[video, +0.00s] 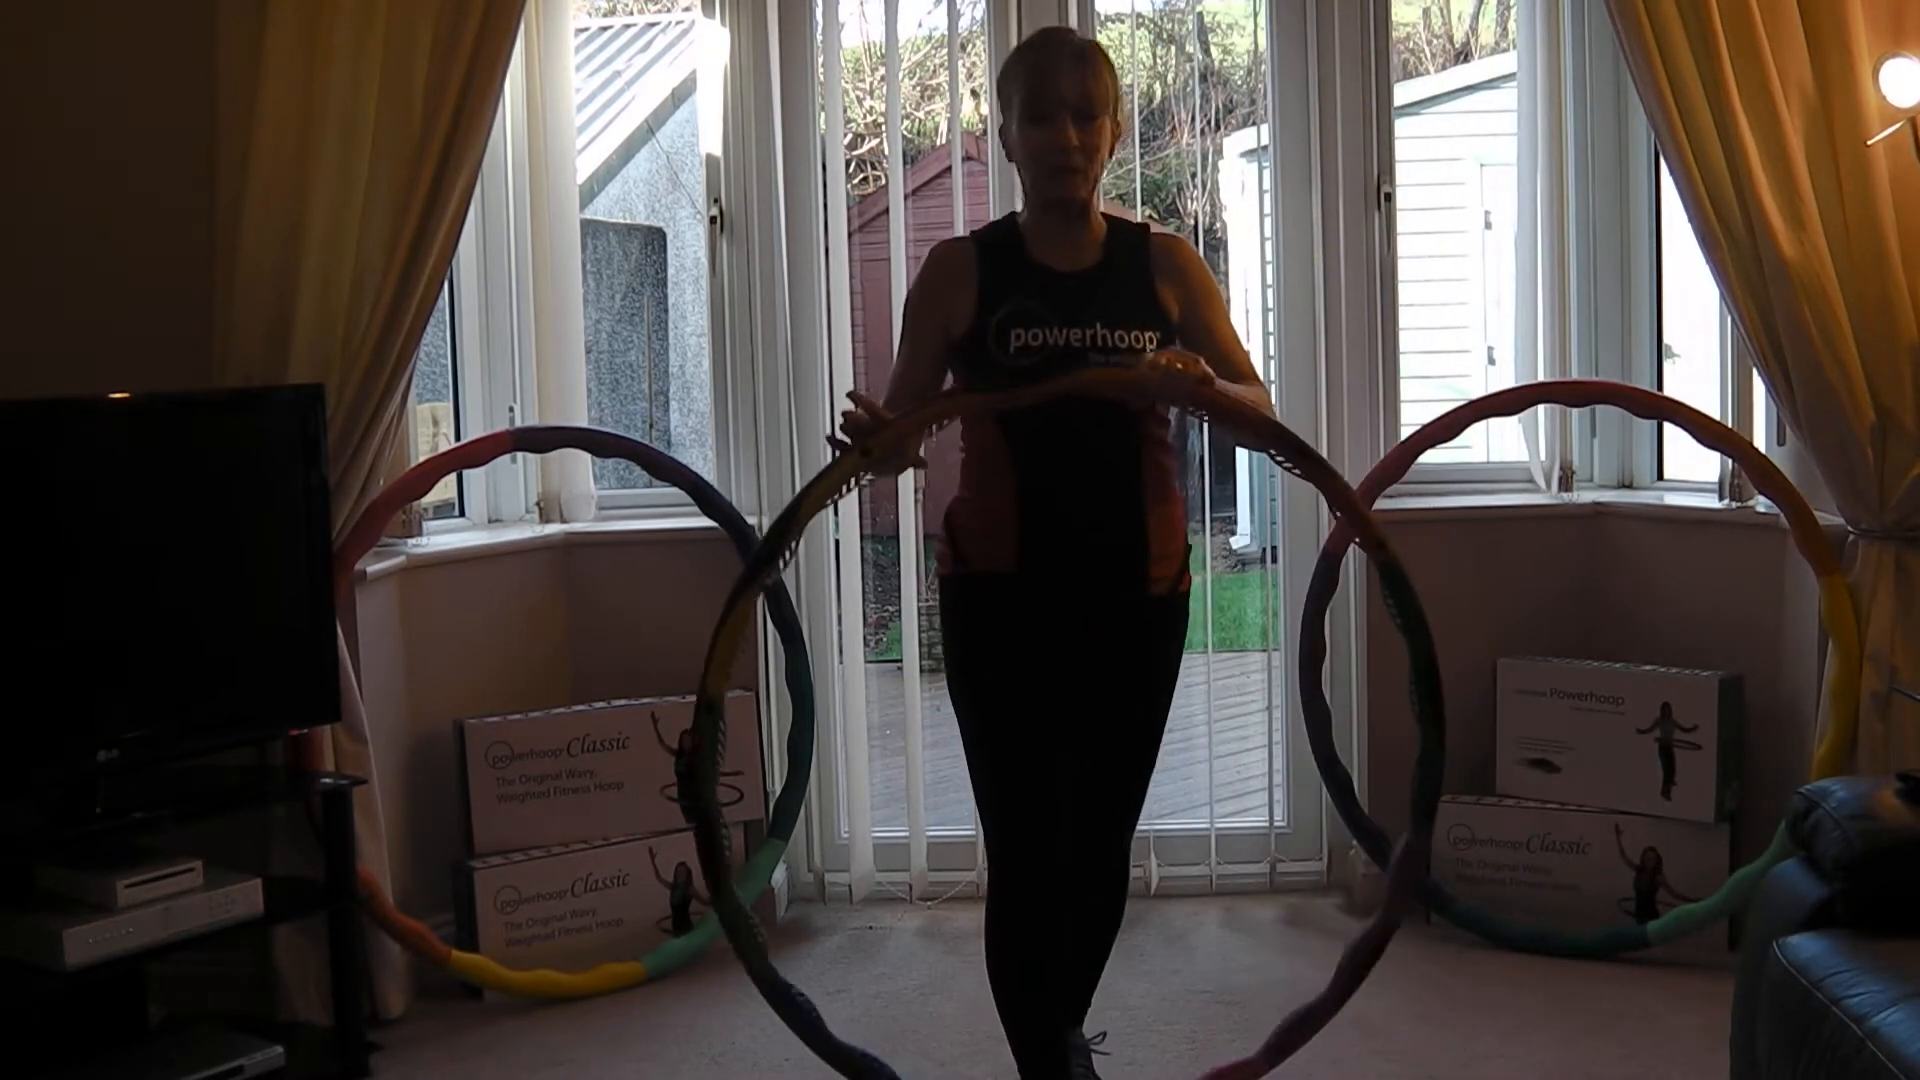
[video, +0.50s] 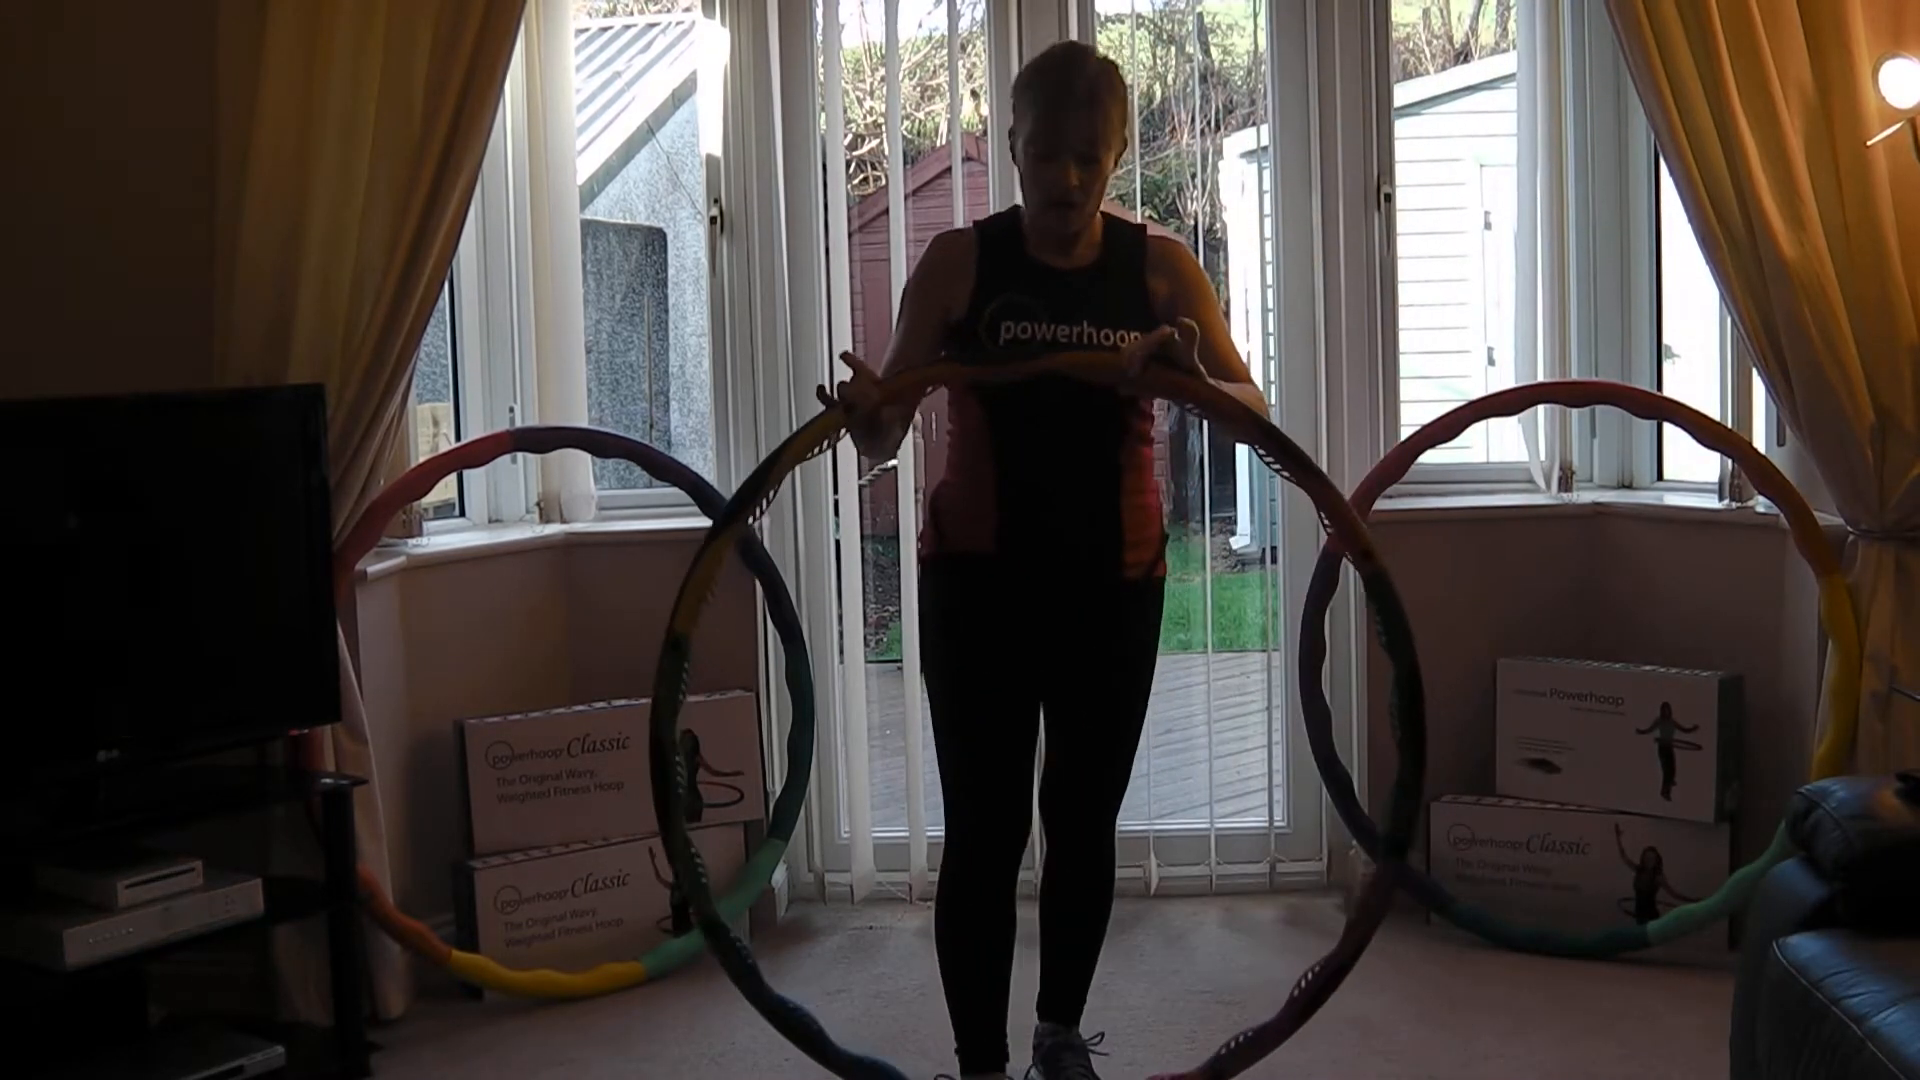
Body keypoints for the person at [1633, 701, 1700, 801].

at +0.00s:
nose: (1666, 712)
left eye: (1668, 710)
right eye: (1664, 710)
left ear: (1670, 710)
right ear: (1661, 711)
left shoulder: (1671, 721)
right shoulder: (1660, 720)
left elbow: (1683, 730)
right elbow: (1651, 729)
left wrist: (1693, 728)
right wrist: (1641, 731)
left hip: (1669, 747)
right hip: (1663, 747)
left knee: (1671, 770)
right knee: (1667, 771)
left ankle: (1667, 791)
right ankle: (1665, 792)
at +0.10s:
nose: (1666, 712)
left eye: (1668, 710)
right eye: (1664, 710)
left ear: (1670, 711)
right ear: (1661, 711)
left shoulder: (1671, 721)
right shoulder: (1660, 720)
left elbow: (1683, 729)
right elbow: (1651, 729)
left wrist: (1693, 728)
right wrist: (1641, 731)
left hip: (1668, 747)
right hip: (1663, 747)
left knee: (1671, 770)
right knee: (1667, 771)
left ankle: (1667, 791)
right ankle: (1665, 792)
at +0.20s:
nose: (1666, 712)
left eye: (1668, 710)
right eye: (1664, 710)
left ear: (1670, 711)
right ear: (1661, 711)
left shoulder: (1671, 721)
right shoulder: (1660, 721)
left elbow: (1683, 729)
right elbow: (1651, 729)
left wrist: (1693, 728)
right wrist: (1641, 731)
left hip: (1669, 747)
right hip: (1663, 747)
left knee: (1671, 769)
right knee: (1667, 770)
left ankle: (1667, 791)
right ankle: (1665, 791)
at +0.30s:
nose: (1666, 713)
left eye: (1668, 710)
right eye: (1664, 710)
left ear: (1670, 711)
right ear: (1662, 711)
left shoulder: (1671, 721)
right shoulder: (1660, 721)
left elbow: (1683, 729)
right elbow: (1651, 729)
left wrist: (1693, 728)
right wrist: (1641, 731)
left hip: (1669, 747)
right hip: (1663, 747)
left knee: (1671, 769)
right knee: (1667, 771)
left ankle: (1667, 791)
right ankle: (1665, 792)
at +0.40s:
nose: (1666, 712)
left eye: (1668, 710)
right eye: (1664, 710)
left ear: (1670, 711)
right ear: (1661, 711)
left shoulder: (1670, 721)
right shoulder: (1660, 721)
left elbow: (1683, 729)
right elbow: (1651, 729)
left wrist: (1693, 728)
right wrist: (1641, 731)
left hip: (1668, 747)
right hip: (1663, 747)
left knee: (1671, 769)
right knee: (1667, 771)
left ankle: (1667, 791)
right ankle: (1665, 792)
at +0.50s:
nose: (1666, 712)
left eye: (1667, 710)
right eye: (1664, 710)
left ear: (1670, 711)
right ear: (1661, 711)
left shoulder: (1671, 721)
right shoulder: (1660, 721)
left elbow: (1683, 730)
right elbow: (1651, 729)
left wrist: (1693, 729)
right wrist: (1641, 731)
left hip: (1668, 747)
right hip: (1662, 747)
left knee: (1671, 770)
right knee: (1667, 771)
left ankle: (1667, 791)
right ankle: (1665, 792)